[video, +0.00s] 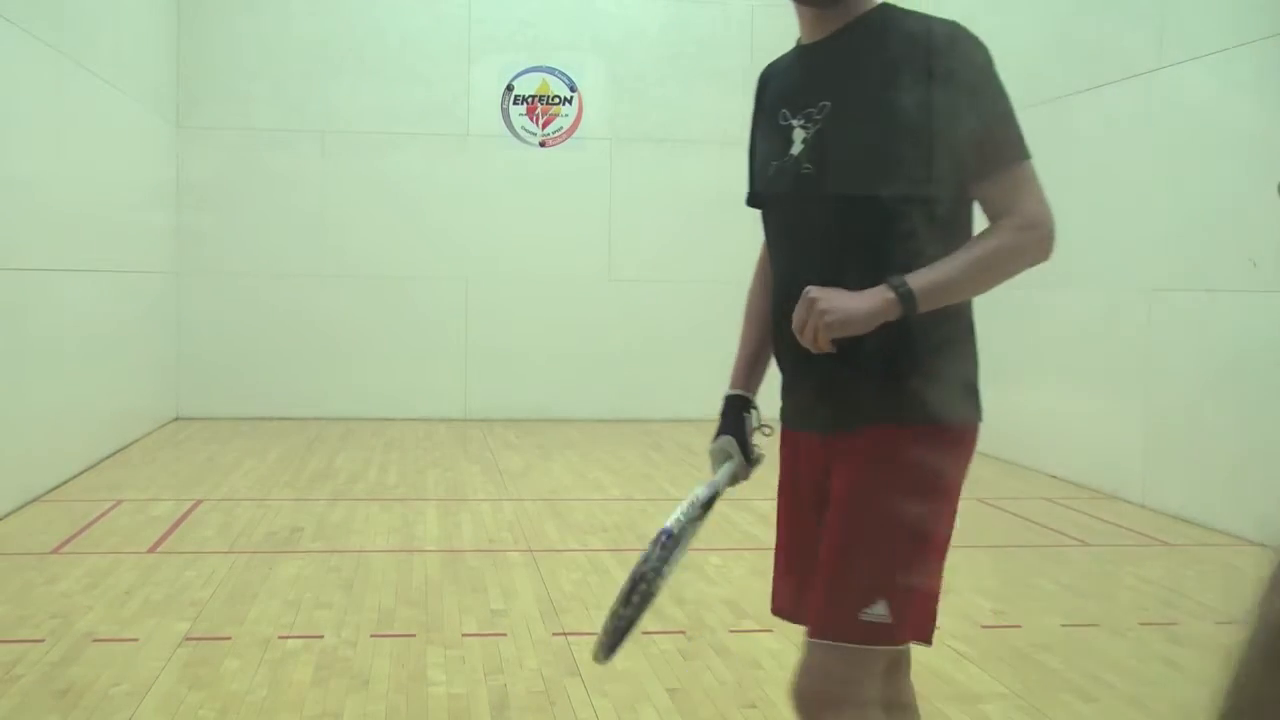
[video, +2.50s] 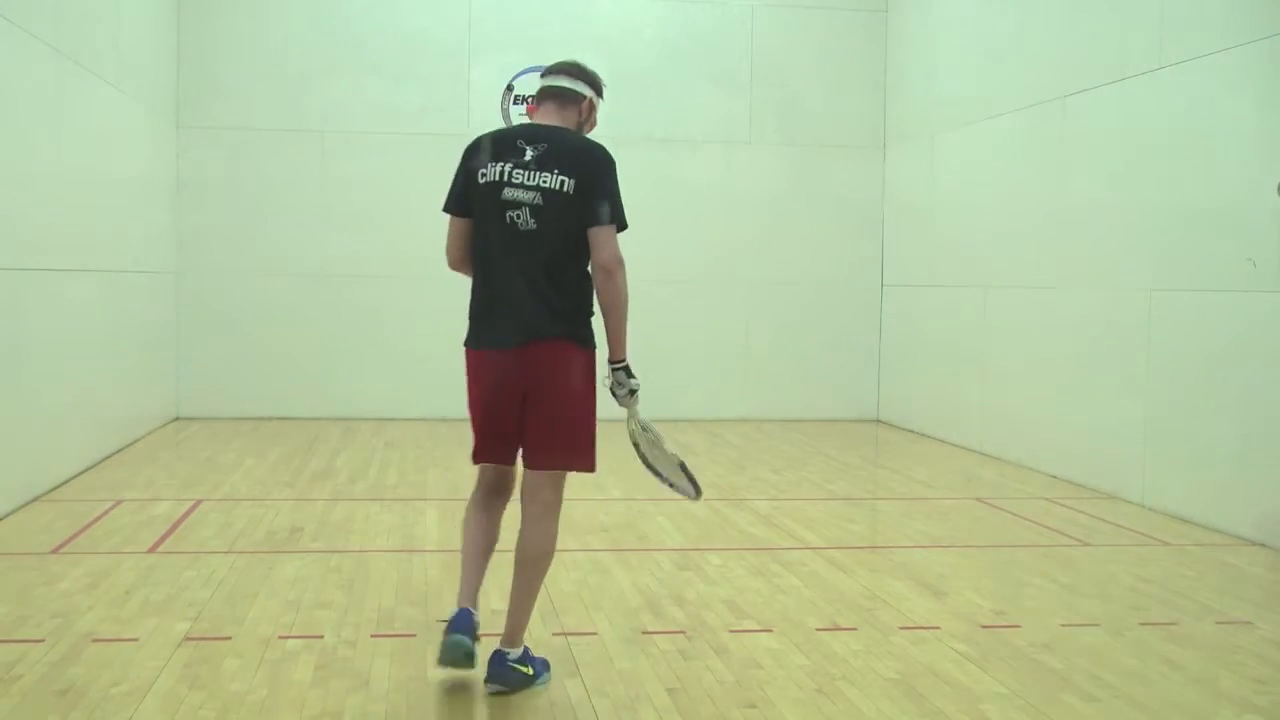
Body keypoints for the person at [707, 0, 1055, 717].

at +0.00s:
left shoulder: (941, 53)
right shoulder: (779, 82)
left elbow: (1029, 228)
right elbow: (782, 251)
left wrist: (884, 299)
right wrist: (739, 397)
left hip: (910, 414)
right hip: (816, 413)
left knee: (829, 691)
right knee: (882, 685)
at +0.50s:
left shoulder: (757, 73)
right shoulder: (668, 74)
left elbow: (831, 259)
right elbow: (680, 254)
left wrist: (675, 343)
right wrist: (624, 379)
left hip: (719, 410)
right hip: (666, 404)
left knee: (649, 666)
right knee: (680, 653)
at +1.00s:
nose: (512, 9)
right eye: (517, 1)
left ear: (539, 5)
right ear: (603, 9)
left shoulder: (578, 83)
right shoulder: (647, 91)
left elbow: (566, 247)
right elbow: (629, 274)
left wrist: (452, 300)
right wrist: (540, 405)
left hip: (576, 406)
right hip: (623, 399)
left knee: (570, 632)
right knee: (561, 620)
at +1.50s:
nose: (563, 42)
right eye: (571, 33)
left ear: (504, 33)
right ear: (577, 42)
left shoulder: (450, 114)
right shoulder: (612, 121)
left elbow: (406, 252)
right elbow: (650, 265)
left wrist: (456, 209)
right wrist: (652, 374)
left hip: (474, 383)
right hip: (575, 384)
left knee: (447, 570)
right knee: (553, 599)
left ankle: (426, 714)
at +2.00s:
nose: (560, 96)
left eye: (557, 86)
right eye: (562, 86)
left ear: (493, 75)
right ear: (551, 81)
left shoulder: (430, 130)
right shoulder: (556, 141)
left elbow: (389, 247)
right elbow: (578, 261)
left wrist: (437, 299)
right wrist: (598, 348)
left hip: (439, 364)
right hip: (522, 368)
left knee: (445, 537)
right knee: (525, 525)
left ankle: (451, 704)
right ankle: (505, 686)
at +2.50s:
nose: (595, 123)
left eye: (594, 116)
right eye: (596, 115)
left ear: (534, 102)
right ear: (585, 109)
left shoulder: (482, 148)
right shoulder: (590, 157)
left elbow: (459, 257)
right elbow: (605, 262)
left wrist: (515, 267)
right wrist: (619, 357)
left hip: (489, 348)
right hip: (560, 351)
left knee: (491, 484)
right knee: (543, 500)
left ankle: (463, 614)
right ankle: (509, 652)